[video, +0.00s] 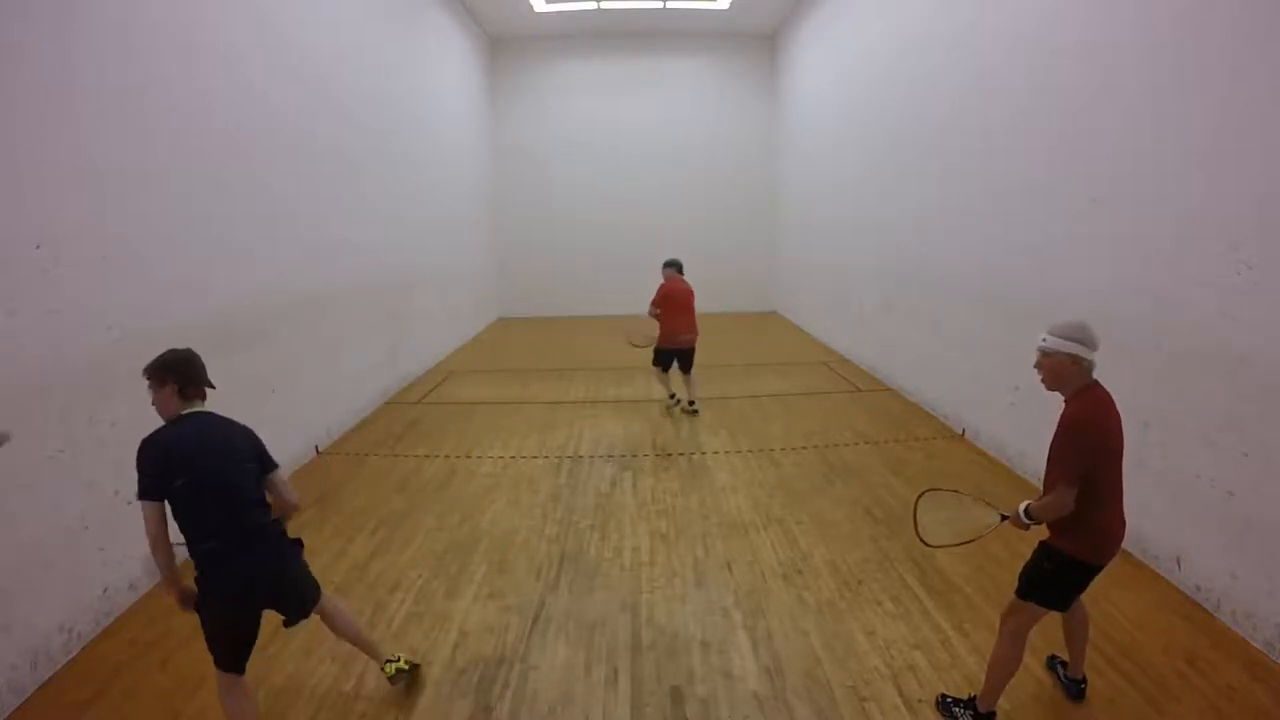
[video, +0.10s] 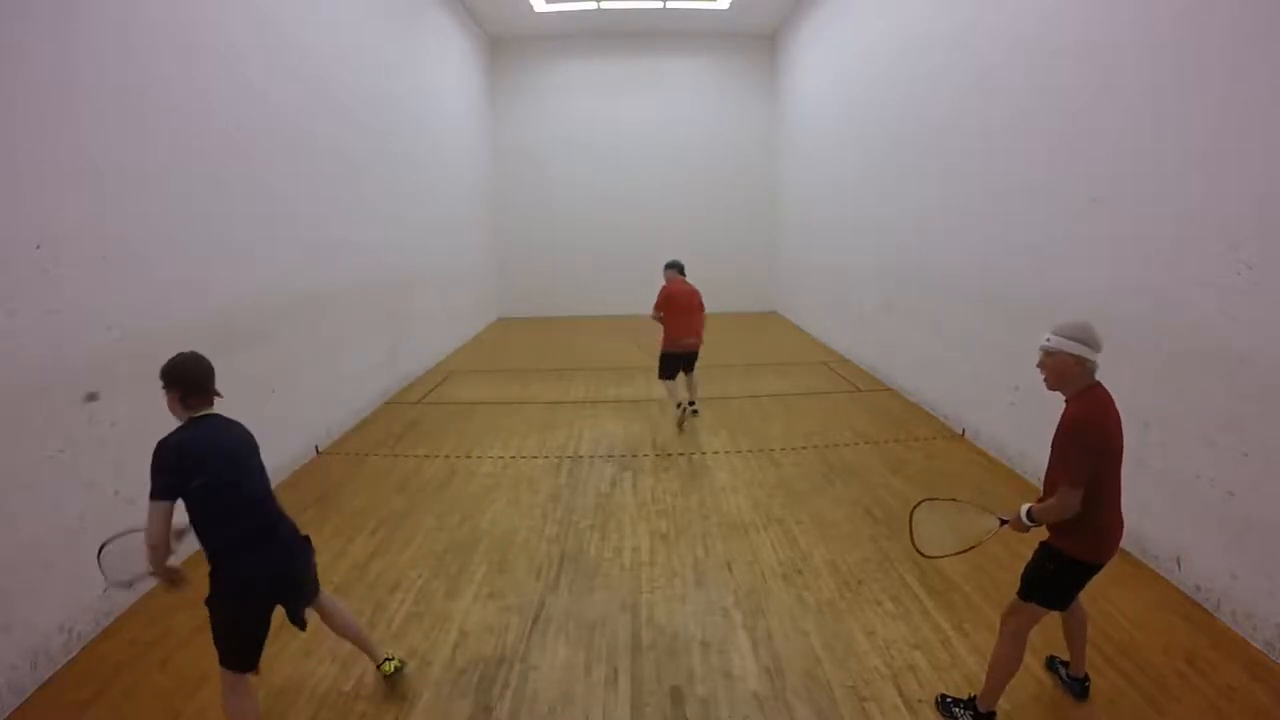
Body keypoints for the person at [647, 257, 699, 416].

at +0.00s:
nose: (663, 276)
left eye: (664, 272)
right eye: (663, 272)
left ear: (671, 271)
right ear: (680, 272)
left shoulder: (665, 288)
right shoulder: (688, 288)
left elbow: (652, 310)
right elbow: (683, 310)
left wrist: (667, 317)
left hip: (668, 339)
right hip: (688, 340)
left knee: (660, 368)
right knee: (686, 371)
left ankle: (671, 395)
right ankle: (691, 402)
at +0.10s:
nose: (665, 279)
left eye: (666, 275)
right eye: (665, 275)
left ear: (672, 273)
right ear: (682, 273)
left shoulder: (667, 289)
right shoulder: (694, 290)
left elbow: (655, 313)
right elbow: (702, 313)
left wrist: (669, 323)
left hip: (672, 343)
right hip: (693, 342)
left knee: (667, 376)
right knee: (689, 371)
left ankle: (679, 404)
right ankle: (693, 404)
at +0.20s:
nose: (666, 279)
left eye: (667, 275)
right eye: (665, 276)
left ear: (674, 273)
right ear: (683, 273)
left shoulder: (667, 291)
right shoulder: (697, 291)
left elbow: (655, 316)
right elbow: (710, 314)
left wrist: (669, 325)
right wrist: (717, 334)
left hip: (676, 348)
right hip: (697, 346)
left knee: (679, 385)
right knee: (692, 376)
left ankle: (688, 423)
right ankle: (694, 405)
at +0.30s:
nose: (667, 282)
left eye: (668, 278)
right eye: (666, 278)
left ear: (675, 276)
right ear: (685, 276)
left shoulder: (668, 294)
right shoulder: (700, 293)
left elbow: (655, 323)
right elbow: (716, 315)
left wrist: (663, 336)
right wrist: (727, 334)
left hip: (678, 352)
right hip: (700, 350)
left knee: (682, 391)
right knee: (698, 378)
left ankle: (693, 429)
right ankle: (699, 409)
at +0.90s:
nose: (676, 285)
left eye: (676, 281)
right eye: (676, 281)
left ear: (681, 280)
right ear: (697, 280)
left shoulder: (674, 302)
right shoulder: (712, 303)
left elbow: (665, 333)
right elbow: (719, 336)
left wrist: (664, 359)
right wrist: (710, 357)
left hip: (678, 370)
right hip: (705, 370)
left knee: (675, 401)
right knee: (708, 414)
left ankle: (682, 437)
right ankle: (712, 460)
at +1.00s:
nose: (670, 285)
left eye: (670, 281)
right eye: (670, 282)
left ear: (674, 280)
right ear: (692, 279)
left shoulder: (670, 302)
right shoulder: (708, 302)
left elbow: (659, 334)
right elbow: (716, 337)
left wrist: (656, 356)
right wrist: (711, 359)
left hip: (674, 370)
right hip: (702, 370)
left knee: (663, 402)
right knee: (707, 414)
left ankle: (665, 443)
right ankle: (712, 459)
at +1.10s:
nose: (662, 287)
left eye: (662, 284)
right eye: (662, 284)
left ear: (665, 282)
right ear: (683, 281)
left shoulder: (663, 304)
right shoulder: (701, 303)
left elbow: (652, 336)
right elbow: (711, 336)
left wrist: (646, 356)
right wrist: (710, 359)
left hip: (668, 372)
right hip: (698, 371)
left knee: (650, 405)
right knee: (705, 414)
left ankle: (645, 448)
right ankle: (712, 460)